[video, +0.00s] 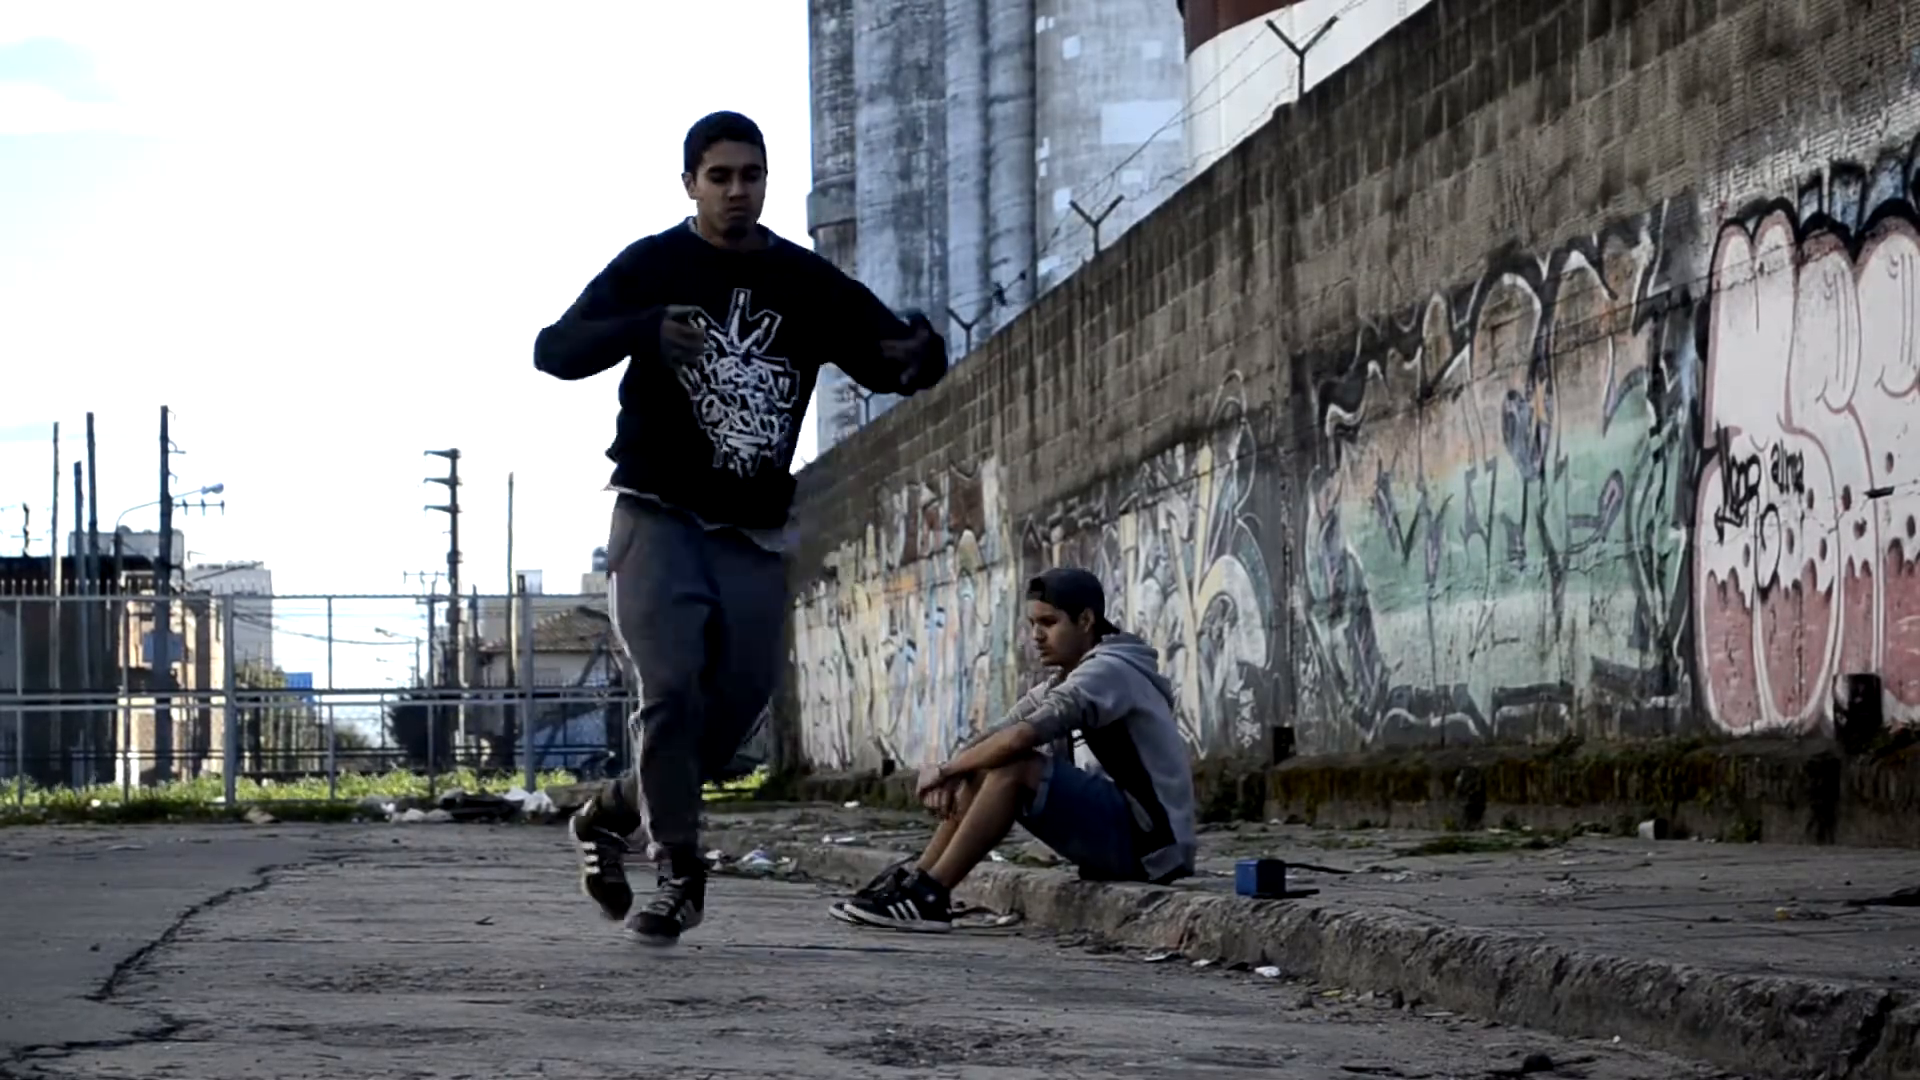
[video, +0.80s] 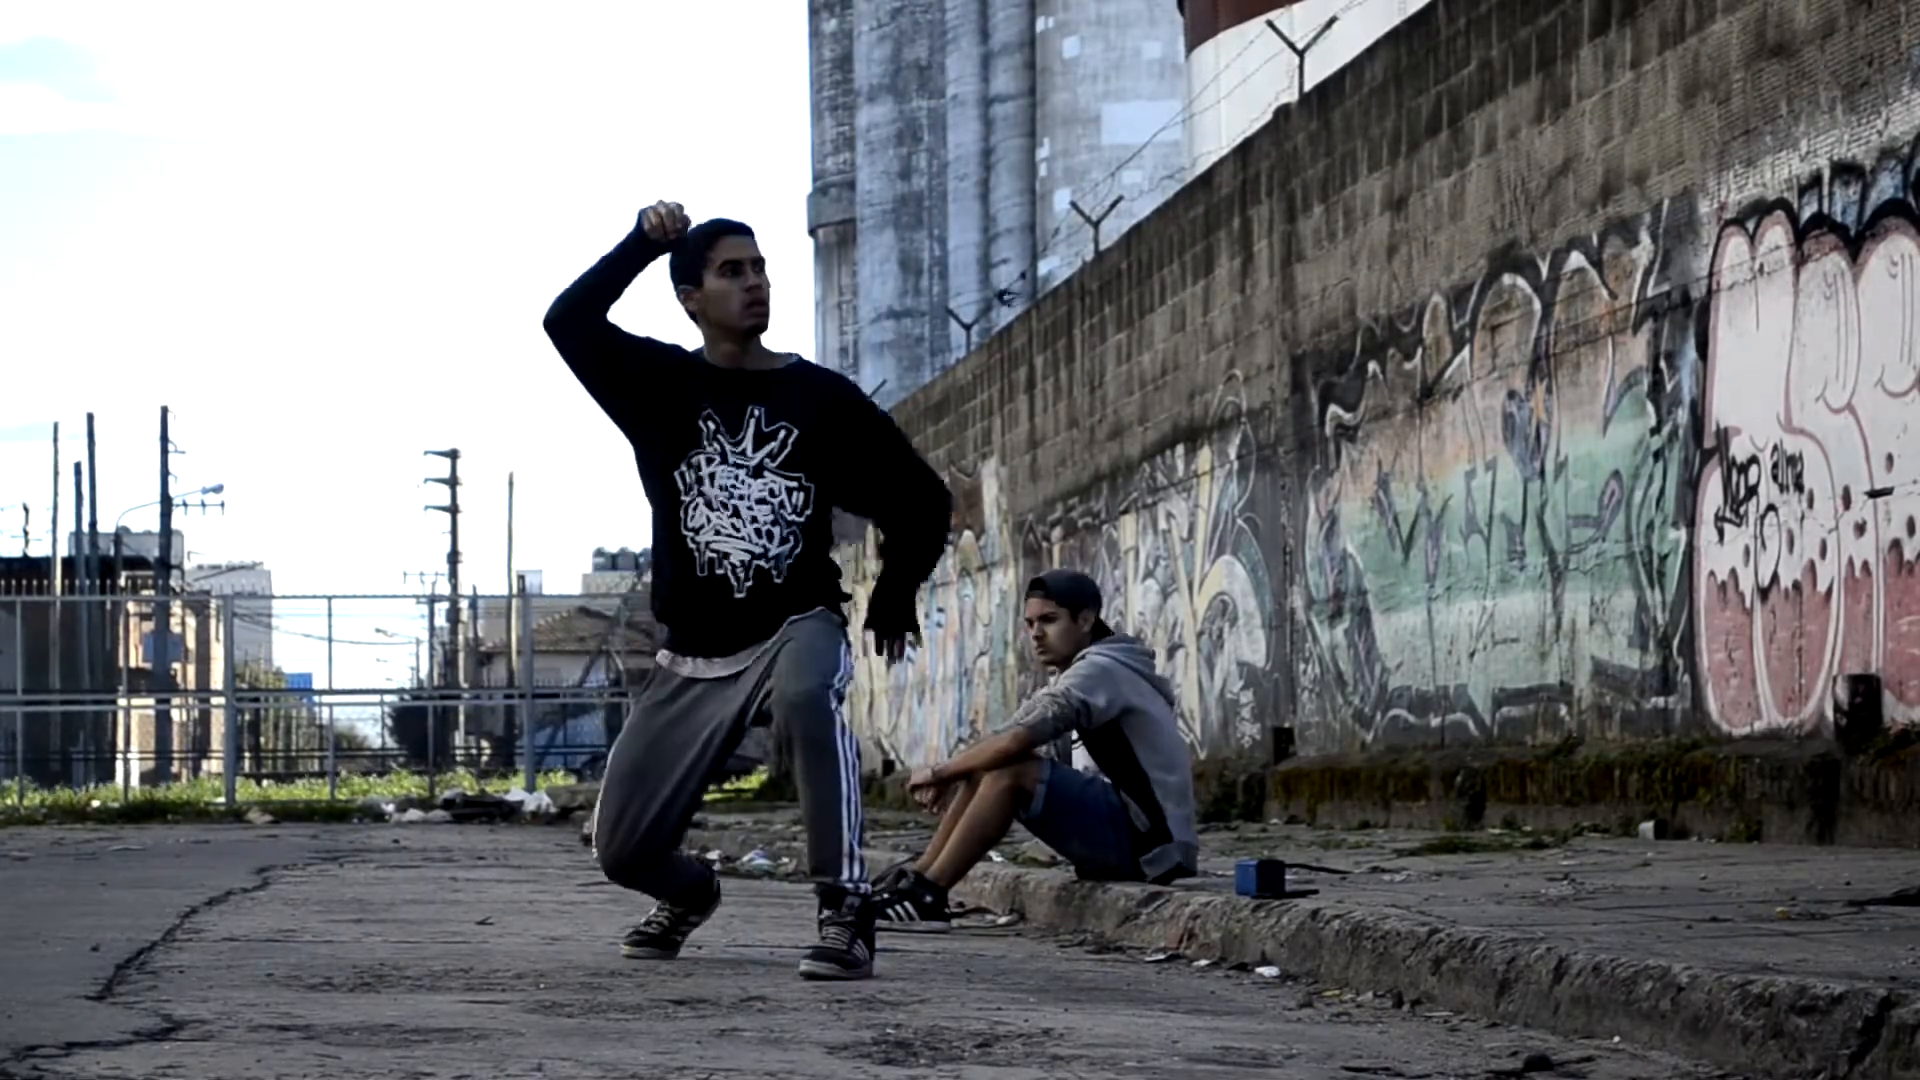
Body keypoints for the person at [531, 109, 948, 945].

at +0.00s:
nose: (738, 191)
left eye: (752, 176)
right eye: (721, 177)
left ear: (768, 182)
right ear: (691, 185)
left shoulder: (807, 279)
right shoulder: (653, 265)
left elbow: (899, 362)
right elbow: (556, 352)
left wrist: (924, 350)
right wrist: (644, 329)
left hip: (757, 531)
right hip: (659, 518)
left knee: (735, 712)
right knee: (667, 691)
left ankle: (605, 822)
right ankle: (679, 877)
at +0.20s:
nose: (691, 246)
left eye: (705, 233)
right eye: (674, 232)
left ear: (720, 246)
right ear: (644, 247)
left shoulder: (774, 348)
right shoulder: (606, 343)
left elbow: (887, 424)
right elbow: (485, 398)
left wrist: (811, 454)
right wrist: (604, 416)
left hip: (729, 610)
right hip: (632, 590)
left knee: (674, 783)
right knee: (618, 742)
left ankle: (590, 850)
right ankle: (666, 900)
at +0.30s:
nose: (692, 204)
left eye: (705, 189)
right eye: (675, 190)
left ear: (722, 199)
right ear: (645, 201)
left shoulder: (770, 307)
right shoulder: (608, 313)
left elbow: (798, 444)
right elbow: (589, 443)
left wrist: (819, 573)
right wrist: (600, 551)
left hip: (744, 566)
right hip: (633, 563)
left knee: (723, 741)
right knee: (628, 738)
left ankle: (687, 758)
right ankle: (664, 897)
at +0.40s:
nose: (694, 176)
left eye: (708, 161)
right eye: (677, 161)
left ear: (725, 174)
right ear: (647, 175)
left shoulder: (777, 281)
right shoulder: (610, 293)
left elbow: (804, 421)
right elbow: (606, 435)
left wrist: (811, 543)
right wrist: (633, 561)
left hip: (756, 524)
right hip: (649, 541)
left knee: (757, 645)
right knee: (631, 735)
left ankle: (759, 725)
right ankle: (670, 897)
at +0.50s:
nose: (709, 170)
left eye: (723, 154)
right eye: (691, 155)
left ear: (741, 164)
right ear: (663, 167)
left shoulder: (788, 275)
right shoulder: (623, 276)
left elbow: (821, 415)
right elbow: (599, 414)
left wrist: (830, 544)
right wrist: (641, 531)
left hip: (771, 512)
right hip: (663, 529)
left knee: (786, 651)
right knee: (639, 728)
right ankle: (683, 897)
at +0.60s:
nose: (726, 211)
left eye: (739, 196)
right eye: (708, 198)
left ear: (758, 207)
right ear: (680, 211)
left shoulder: (799, 319)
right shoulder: (640, 295)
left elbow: (839, 459)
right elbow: (544, 340)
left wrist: (850, 586)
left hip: (782, 558)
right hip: (672, 570)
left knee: (802, 701)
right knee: (640, 766)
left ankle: (836, 894)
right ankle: (682, 897)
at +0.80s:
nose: (755, 283)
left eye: (761, 270)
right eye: (733, 273)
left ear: (770, 285)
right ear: (691, 298)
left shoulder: (822, 397)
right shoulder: (657, 383)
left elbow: (924, 503)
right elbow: (569, 321)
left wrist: (895, 595)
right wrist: (642, 244)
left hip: (797, 622)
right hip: (693, 646)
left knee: (806, 700)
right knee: (622, 850)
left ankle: (842, 912)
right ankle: (693, 890)